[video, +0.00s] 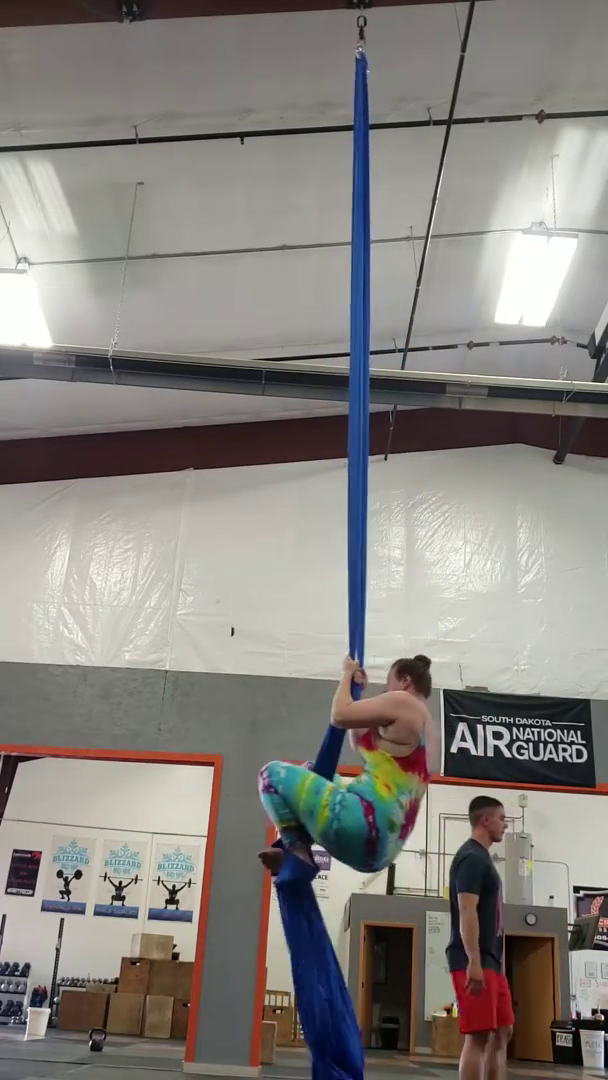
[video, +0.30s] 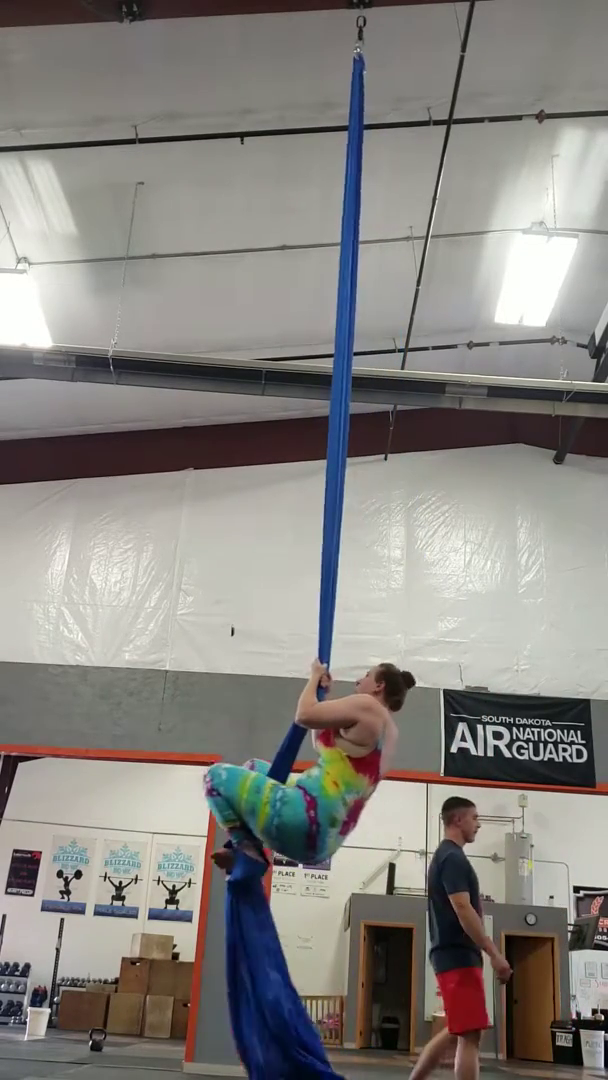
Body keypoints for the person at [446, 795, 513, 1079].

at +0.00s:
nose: (505, 825)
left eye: (505, 819)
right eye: (502, 819)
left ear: (484, 821)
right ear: (484, 820)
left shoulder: (482, 857)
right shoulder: (471, 857)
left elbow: (487, 914)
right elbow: (467, 911)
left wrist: (496, 962)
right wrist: (473, 961)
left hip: (491, 963)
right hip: (474, 963)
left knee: (503, 1032)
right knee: (478, 1037)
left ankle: (493, 1075)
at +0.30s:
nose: (478, 824)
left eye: (477, 819)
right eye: (474, 818)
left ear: (454, 821)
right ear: (458, 820)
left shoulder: (445, 855)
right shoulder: (452, 857)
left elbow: (452, 911)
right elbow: (462, 908)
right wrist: (494, 955)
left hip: (449, 957)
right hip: (459, 957)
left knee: (454, 1030)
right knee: (470, 1034)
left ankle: (415, 1076)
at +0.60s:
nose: (447, 830)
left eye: (447, 824)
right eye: (443, 824)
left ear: (422, 826)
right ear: (426, 825)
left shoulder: (406, 860)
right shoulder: (428, 862)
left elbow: (409, 916)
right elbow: (439, 916)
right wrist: (463, 962)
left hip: (403, 960)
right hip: (426, 963)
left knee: (400, 1034)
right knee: (449, 1034)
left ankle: (387, 1077)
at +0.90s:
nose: (425, 828)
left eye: (425, 823)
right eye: (421, 822)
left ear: (401, 824)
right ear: (406, 823)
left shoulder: (385, 859)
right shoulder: (407, 858)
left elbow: (383, 913)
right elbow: (413, 910)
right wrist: (429, 956)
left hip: (382, 959)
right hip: (407, 959)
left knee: (386, 1032)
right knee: (430, 1030)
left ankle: (380, 1078)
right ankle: (441, 1076)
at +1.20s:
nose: (420, 829)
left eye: (419, 824)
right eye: (416, 823)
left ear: (395, 825)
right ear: (400, 824)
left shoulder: (374, 862)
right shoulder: (404, 858)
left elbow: (372, 915)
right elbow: (415, 908)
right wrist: (431, 956)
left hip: (375, 960)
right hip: (404, 959)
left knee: (381, 1031)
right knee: (422, 1030)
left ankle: (377, 1077)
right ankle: (428, 1076)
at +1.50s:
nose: (425, 831)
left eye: (425, 826)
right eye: (422, 825)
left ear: (401, 827)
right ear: (406, 826)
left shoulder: (377, 863)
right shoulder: (412, 859)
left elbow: (377, 914)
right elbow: (427, 909)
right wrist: (447, 952)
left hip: (378, 960)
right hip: (408, 959)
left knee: (380, 1032)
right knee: (429, 1029)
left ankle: (377, 1077)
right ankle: (442, 1076)